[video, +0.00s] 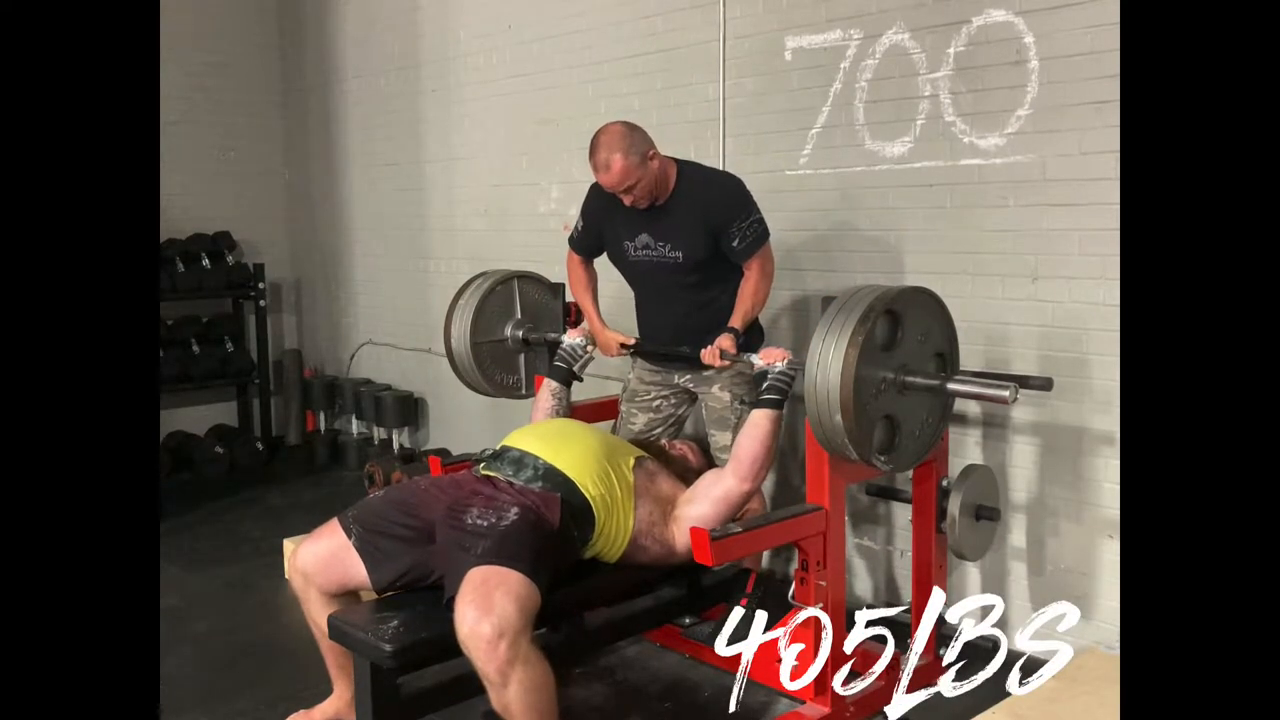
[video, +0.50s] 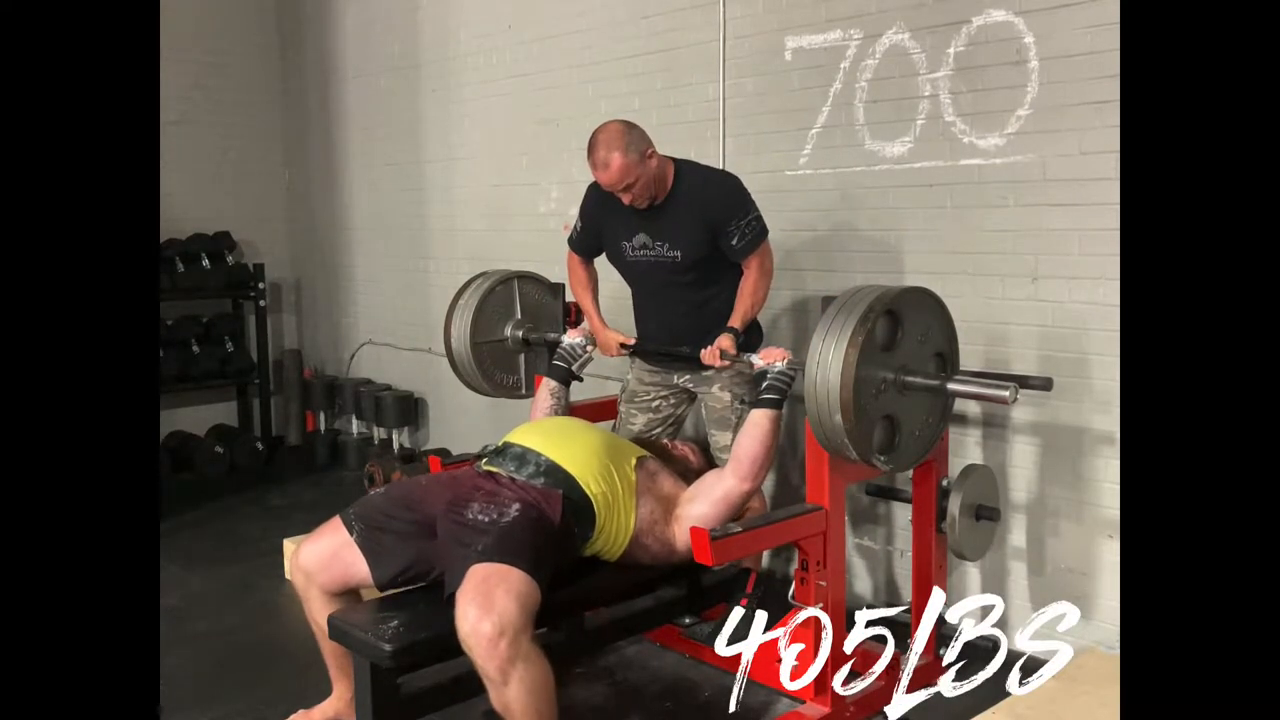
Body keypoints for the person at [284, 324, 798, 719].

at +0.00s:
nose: (680, 441)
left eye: (691, 448)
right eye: (677, 437)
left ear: (699, 474)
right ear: (655, 445)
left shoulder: (680, 510)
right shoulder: (597, 451)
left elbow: (745, 475)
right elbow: (536, 432)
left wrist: (772, 391)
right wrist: (561, 368)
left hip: (527, 506)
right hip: (458, 483)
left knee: (488, 629)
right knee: (308, 561)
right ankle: (345, 697)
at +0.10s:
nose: (679, 440)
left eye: (691, 447)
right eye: (676, 437)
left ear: (700, 474)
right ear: (655, 445)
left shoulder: (681, 510)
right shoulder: (598, 451)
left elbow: (745, 474)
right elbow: (539, 431)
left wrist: (772, 390)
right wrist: (560, 367)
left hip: (528, 507)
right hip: (459, 484)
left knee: (488, 629)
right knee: (308, 561)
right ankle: (344, 698)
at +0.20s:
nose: (680, 440)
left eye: (691, 447)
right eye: (676, 437)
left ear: (700, 474)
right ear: (656, 445)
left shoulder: (681, 510)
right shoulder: (597, 452)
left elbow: (745, 473)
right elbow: (540, 430)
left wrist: (771, 390)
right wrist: (561, 367)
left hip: (528, 507)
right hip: (458, 484)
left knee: (488, 630)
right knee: (307, 561)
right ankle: (344, 697)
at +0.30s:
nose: (678, 441)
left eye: (690, 447)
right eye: (676, 437)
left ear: (699, 473)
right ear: (654, 444)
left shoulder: (680, 509)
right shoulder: (596, 451)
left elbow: (745, 473)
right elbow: (541, 431)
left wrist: (772, 389)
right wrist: (560, 367)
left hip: (528, 507)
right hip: (459, 484)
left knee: (488, 630)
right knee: (306, 561)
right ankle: (344, 697)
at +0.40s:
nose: (677, 440)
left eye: (689, 447)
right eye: (674, 437)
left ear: (698, 474)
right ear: (652, 444)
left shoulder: (680, 509)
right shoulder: (596, 451)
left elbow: (746, 473)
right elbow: (539, 430)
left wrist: (771, 390)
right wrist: (560, 368)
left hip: (528, 509)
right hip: (459, 486)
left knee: (488, 631)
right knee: (306, 561)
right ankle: (343, 698)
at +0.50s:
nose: (679, 441)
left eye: (690, 448)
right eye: (677, 438)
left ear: (699, 475)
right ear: (655, 443)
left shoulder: (679, 508)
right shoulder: (596, 449)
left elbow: (745, 475)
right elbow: (534, 436)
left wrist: (770, 392)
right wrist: (559, 370)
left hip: (528, 503)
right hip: (457, 481)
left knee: (489, 628)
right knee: (311, 561)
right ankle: (343, 697)